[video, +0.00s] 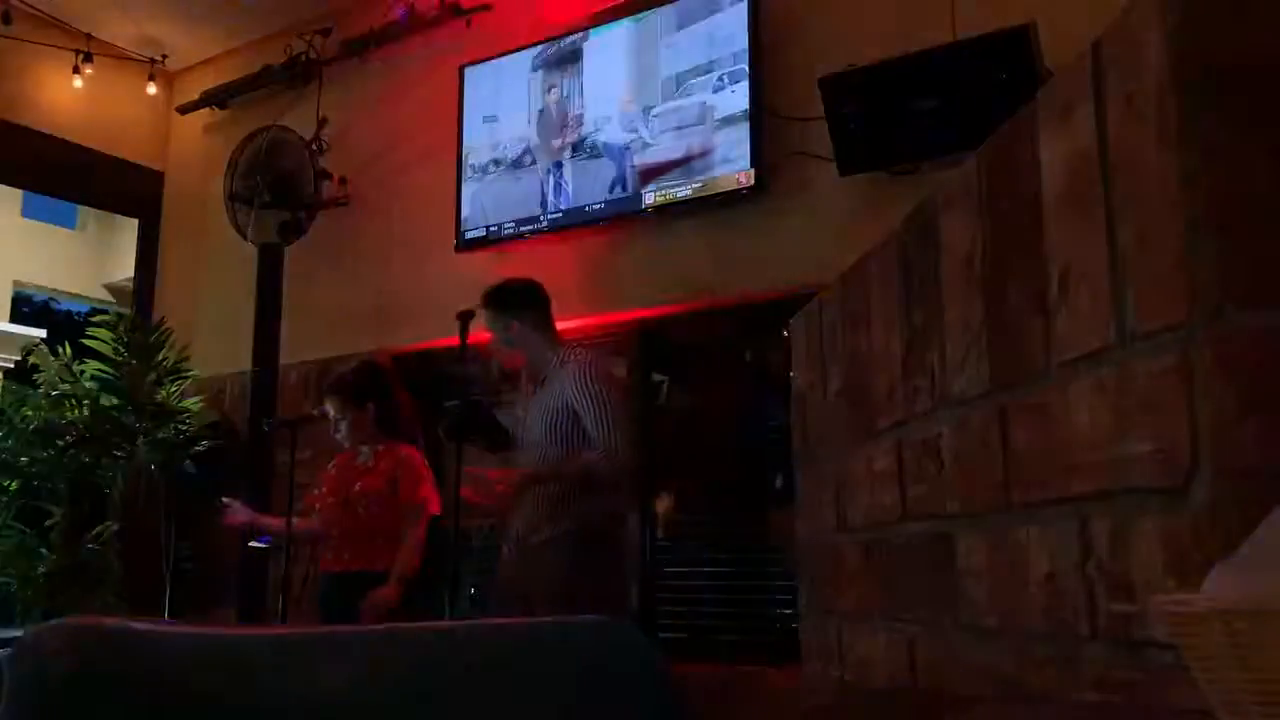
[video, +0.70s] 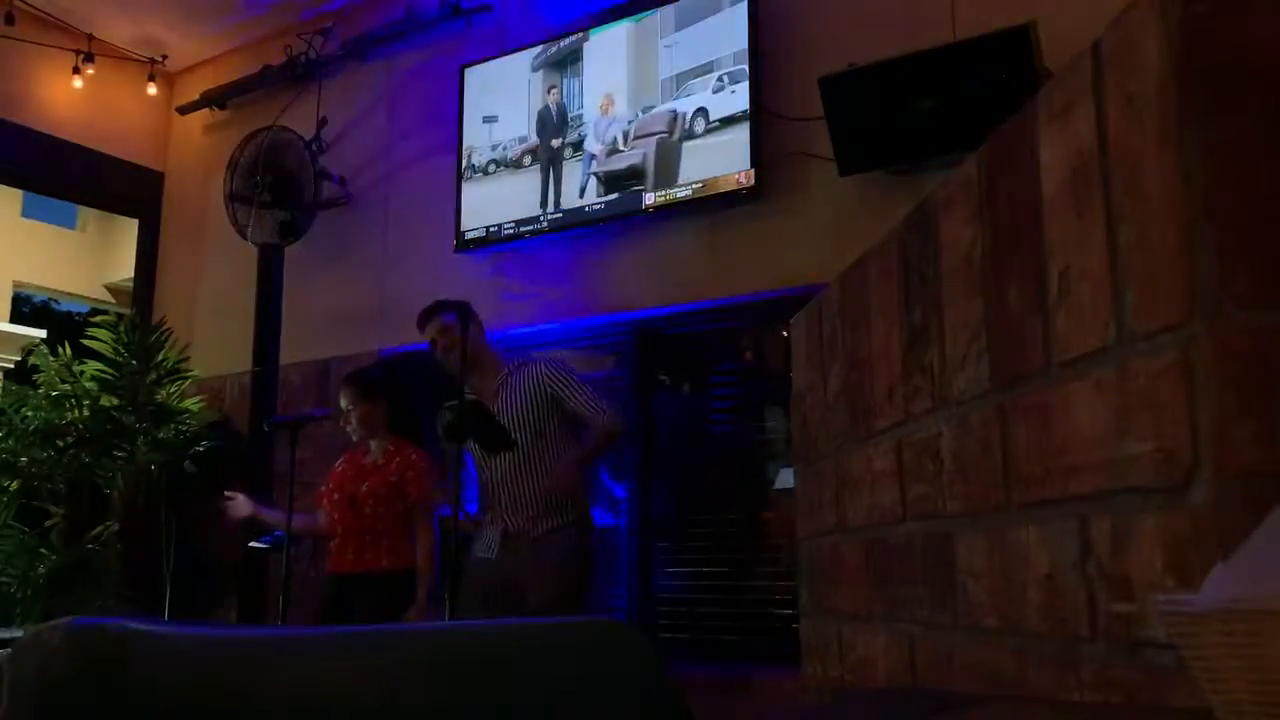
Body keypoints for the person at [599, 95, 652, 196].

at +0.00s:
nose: (629, 106)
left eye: (631, 103)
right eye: (626, 103)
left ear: (633, 103)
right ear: (621, 104)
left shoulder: (635, 114)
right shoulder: (617, 114)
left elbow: (640, 127)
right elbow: (614, 134)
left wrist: (647, 139)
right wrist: (630, 137)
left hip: (624, 144)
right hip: (611, 143)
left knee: (625, 168)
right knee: (621, 168)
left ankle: (625, 191)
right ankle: (610, 192)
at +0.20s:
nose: (619, 106)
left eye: (622, 103)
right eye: (617, 104)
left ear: (626, 104)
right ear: (614, 105)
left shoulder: (628, 115)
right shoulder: (611, 116)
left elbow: (634, 126)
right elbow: (607, 133)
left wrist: (638, 141)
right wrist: (616, 142)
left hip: (614, 144)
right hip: (604, 143)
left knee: (615, 168)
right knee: (609, 165)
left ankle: (609, 193)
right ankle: (602, 190)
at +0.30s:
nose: (616, 106)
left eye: (619, 104)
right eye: (614, 104)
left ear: (624, 104)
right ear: (611, 105)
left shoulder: (628, 116)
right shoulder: (609, 116)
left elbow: (632, 129)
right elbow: (605, 133)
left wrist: (634, 142)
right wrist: (612, 144)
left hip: (615, 145)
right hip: (602, 143)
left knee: (616, 168)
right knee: (600, 169)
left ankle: (610, 192)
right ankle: (592, 189)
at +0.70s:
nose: (605, 108)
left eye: (608, 105)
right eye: (603, 105)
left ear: (612, 106)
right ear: (600, 106)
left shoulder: (614, 120)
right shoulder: (595, 119)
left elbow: (619, 133)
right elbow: (590, 136)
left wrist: (621, 146)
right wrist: (597, 147)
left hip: (603, 151)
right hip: (590, 149)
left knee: (602, 174)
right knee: (586, 173)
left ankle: (601, 197)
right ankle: (580, 197)